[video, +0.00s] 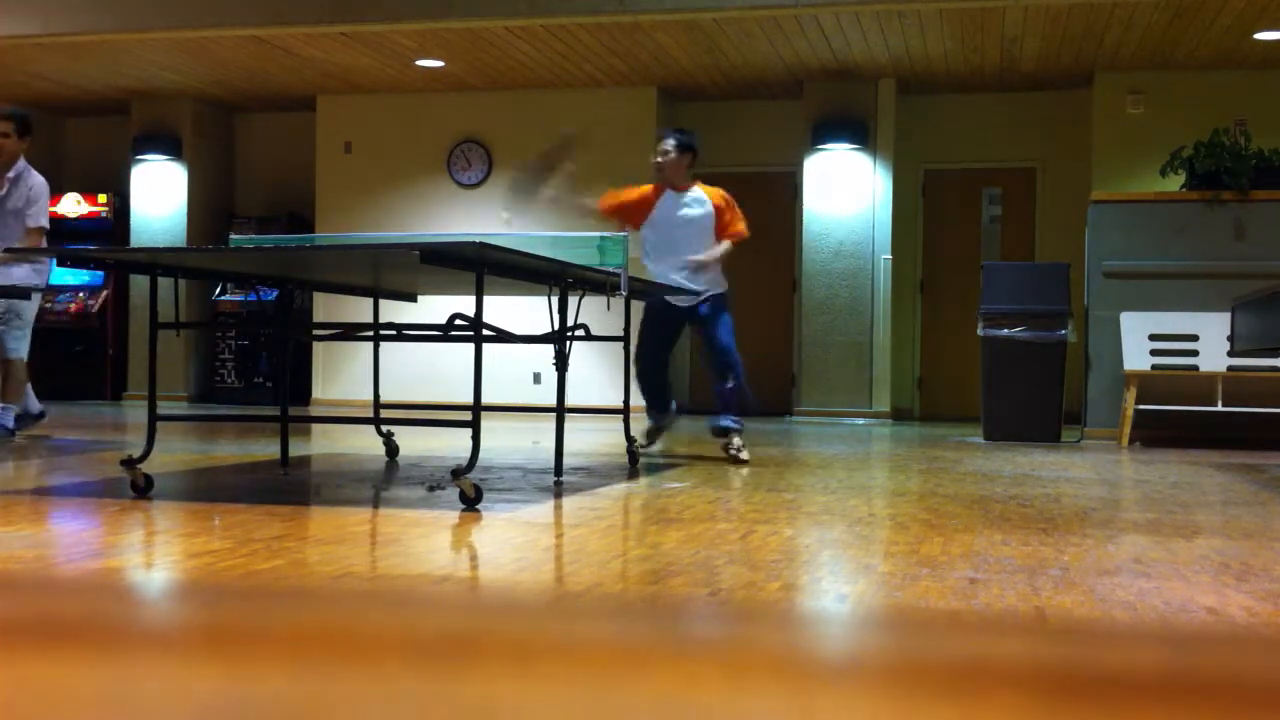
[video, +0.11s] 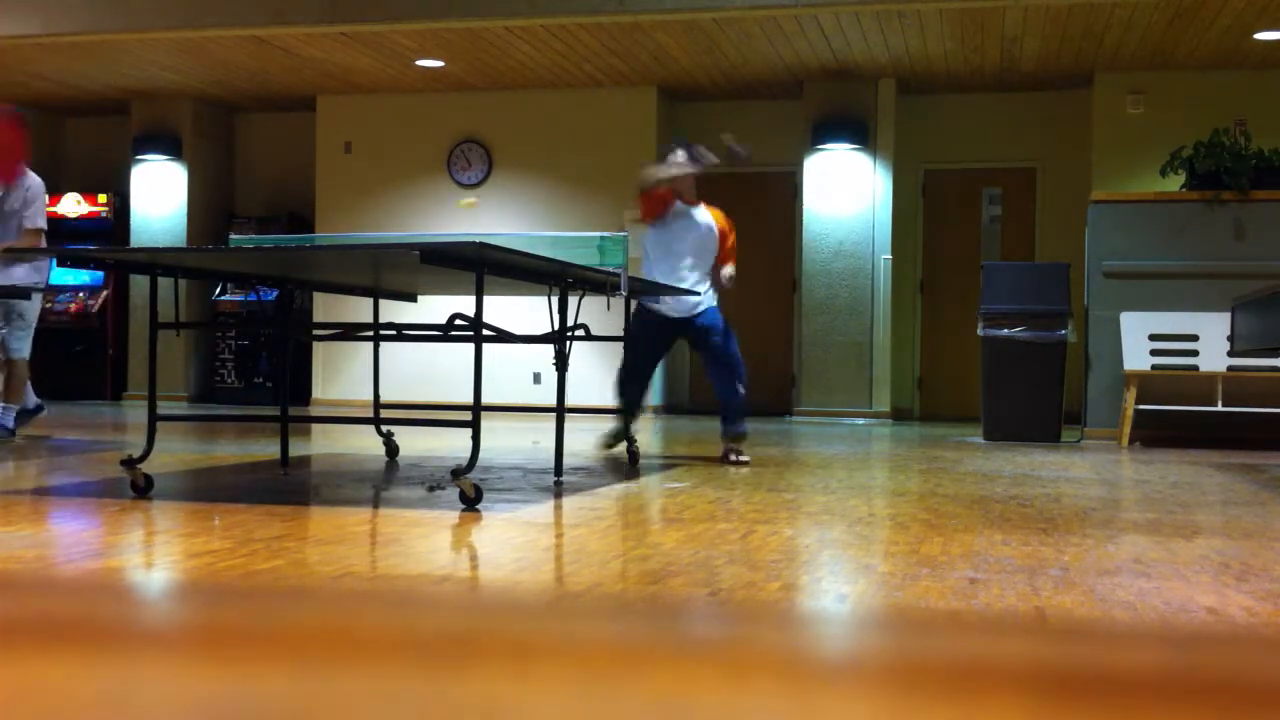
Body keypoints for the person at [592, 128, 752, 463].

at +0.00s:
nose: (657, 160)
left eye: (665, 153)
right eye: (656, 154)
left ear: (688, 159)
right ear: (656, 159)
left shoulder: (714, 198)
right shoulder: (648, 199)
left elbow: (737, 232)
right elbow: (601, 206)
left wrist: (713, 254)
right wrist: (564, 200)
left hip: (708, 294)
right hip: (664, 294)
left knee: (724, 355)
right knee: (648, 361)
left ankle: (732, 431)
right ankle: (660, 415)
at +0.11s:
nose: (677, 180)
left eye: (683, 174)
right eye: (672, 175)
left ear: (695, 176)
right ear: (668, 179)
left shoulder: (716, 219)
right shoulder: (658, 209)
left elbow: (727, 255)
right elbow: (647, 185)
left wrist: (727, 270)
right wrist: (677, 170)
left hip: (701, 309)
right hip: (655, 308)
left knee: (728, 367)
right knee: (633, 370)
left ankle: (732, 444)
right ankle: (624, 424)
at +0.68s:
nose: (618, 155)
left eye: (625, 150)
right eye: (613, 150)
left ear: (638, 155)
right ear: (607, 156)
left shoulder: (659, 192)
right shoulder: (602, 199)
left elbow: (678, 236)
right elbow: (595, 249)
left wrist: (649, 256)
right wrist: (585, 230)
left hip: (661, 290)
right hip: (621, 289)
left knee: (677, 360)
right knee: (595, 359)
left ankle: (680, 435)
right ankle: (573, 431)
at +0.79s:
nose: (615, 170)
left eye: (621, 164)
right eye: (610, 164)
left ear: (635, 168)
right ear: (604, 169)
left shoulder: (657, 208)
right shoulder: (604, 214)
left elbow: (671, 252)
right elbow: (598, 257)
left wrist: (636, 271)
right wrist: (581, 240)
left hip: (658, 306)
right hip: (620, 305)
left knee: (672, 368)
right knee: (595, 363)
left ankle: (685, 438)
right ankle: (593, 430)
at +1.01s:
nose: (585, 189)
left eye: (591, 182)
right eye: (581, 183)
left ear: (610, 184)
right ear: (578, 188)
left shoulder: (624, 218)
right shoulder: (596, 226)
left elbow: (624, 264)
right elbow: (596, 265)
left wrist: (583, 272)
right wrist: (570, 273)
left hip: (640, 304)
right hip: (614, 306)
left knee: (643, 366)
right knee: (581, 363)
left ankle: (682, 438)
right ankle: (598, 431)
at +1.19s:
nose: (559, 200)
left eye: (565, 193)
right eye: (557, 194)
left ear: (584, 194)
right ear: (557, 197)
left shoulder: (594, 222)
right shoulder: (588, 227)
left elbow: (584, 271)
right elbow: (577, 279)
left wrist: (546, 306)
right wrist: (545, 308)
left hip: (626, 303)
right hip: (609, 307)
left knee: (632, 363)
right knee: (580, 362)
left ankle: (682, 426)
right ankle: (590, 432)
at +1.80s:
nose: (610, 167)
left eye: (617, 163)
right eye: (607, 162)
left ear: (630, 167)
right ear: (601, 165)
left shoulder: (643, 217)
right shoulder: (592, 194)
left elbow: (647, 263)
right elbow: (601, 191)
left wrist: (652, 290)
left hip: (623, 294)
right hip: (584, 290)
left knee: (655, 351)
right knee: (545, 344)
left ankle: (642, 426)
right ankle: (532, 385)